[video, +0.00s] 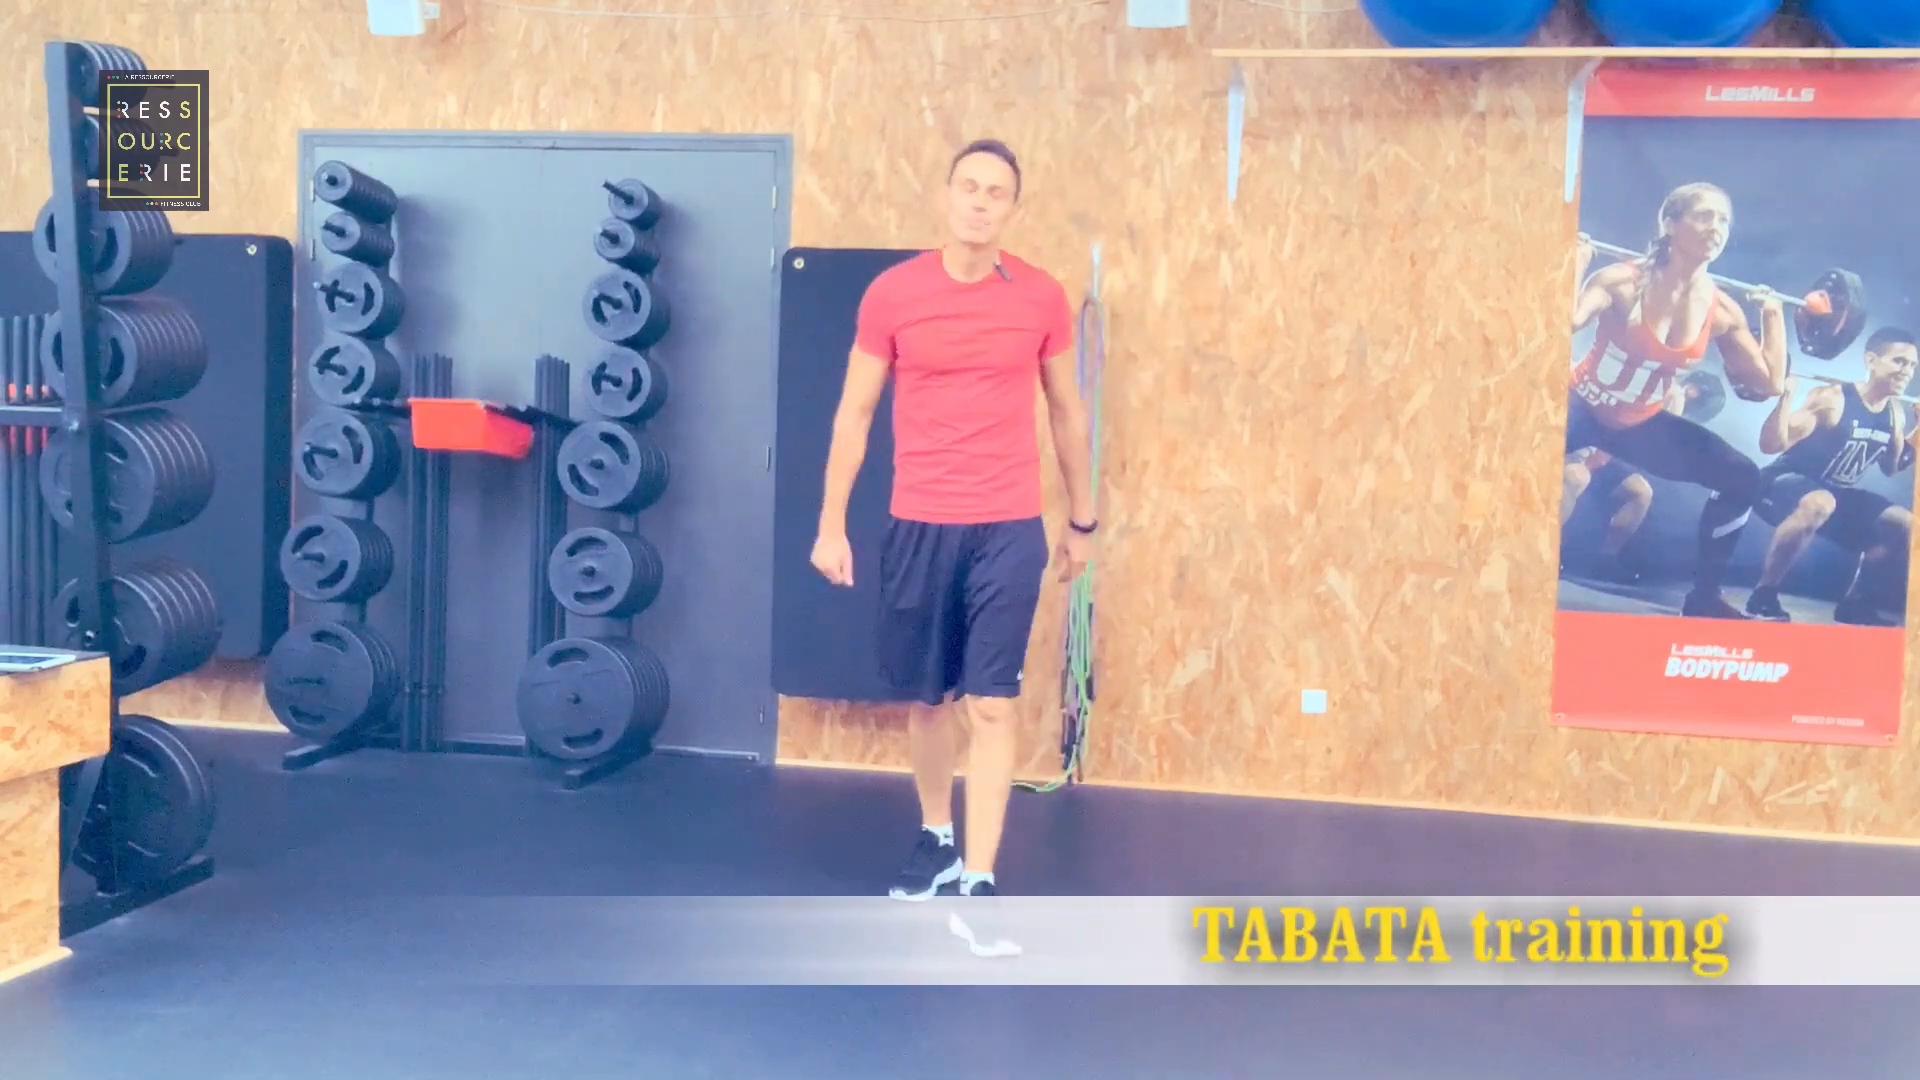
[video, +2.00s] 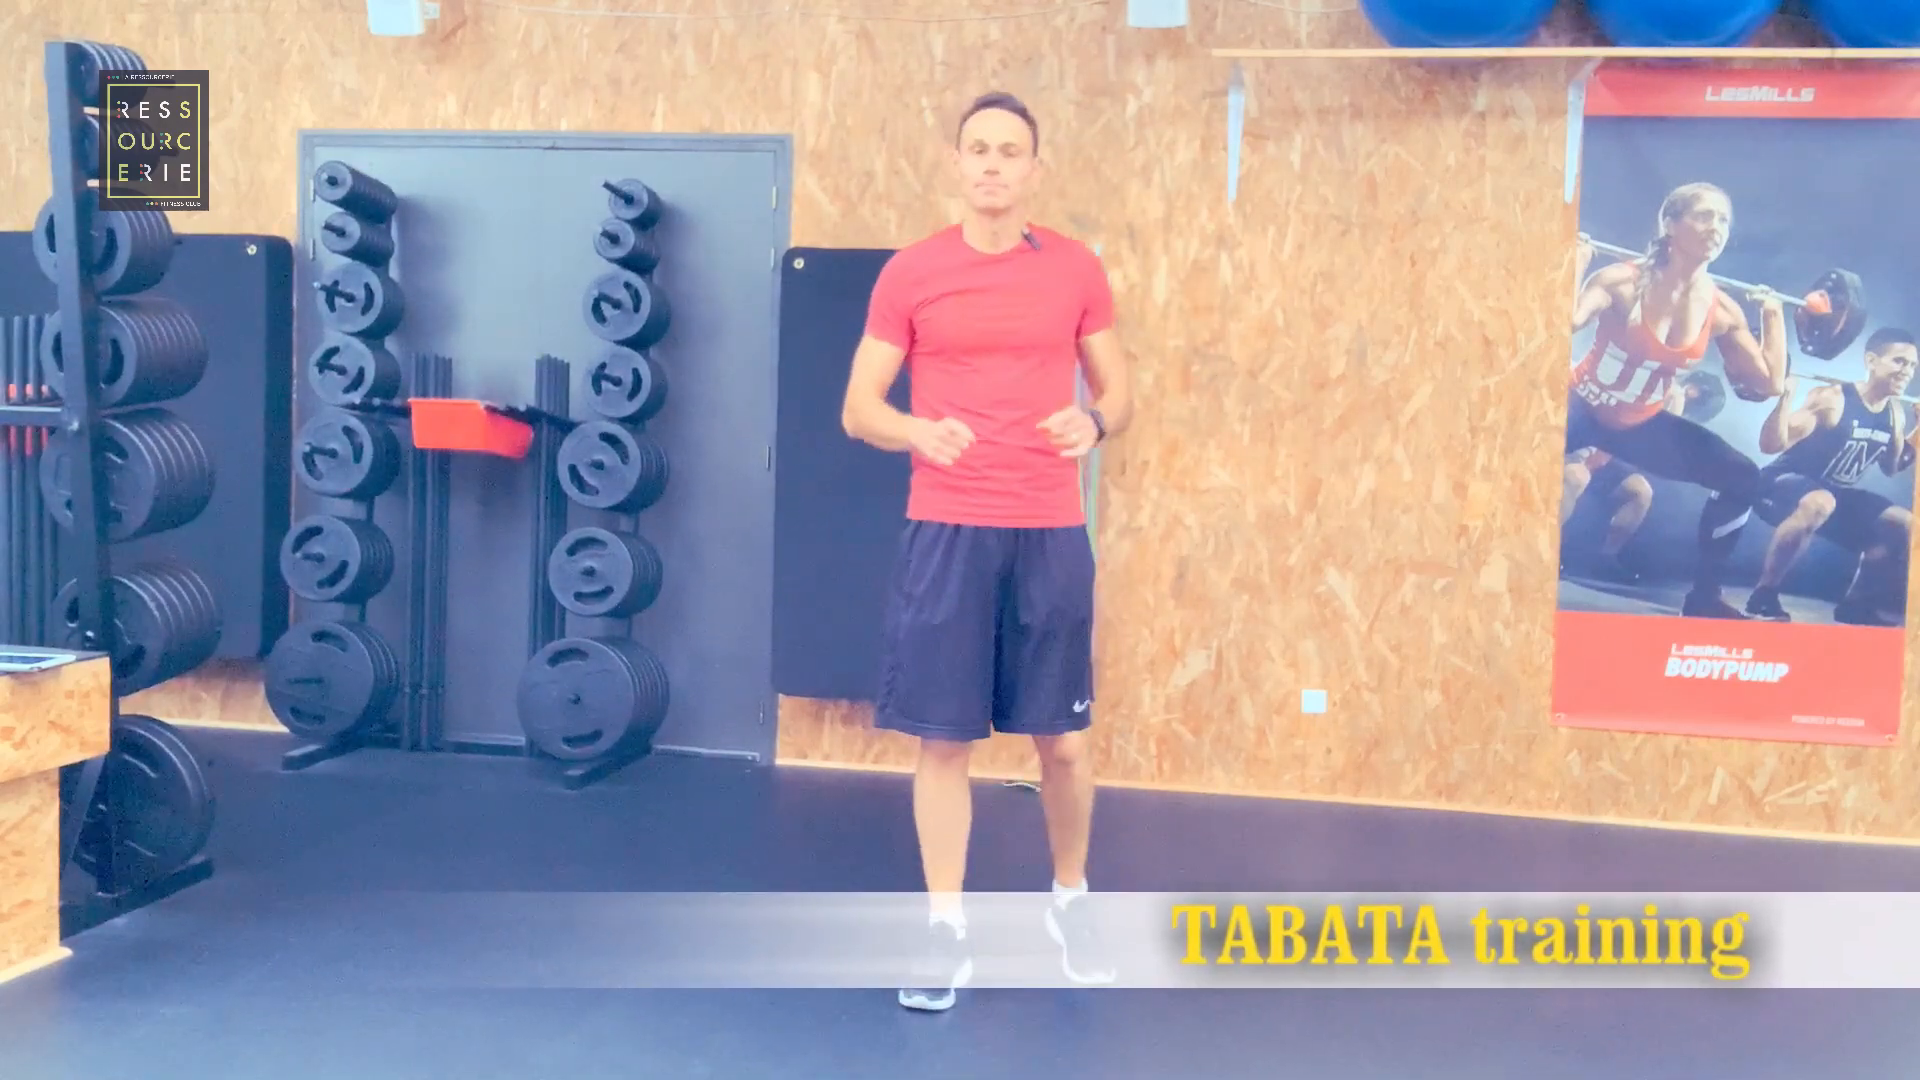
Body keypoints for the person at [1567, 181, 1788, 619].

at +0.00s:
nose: (1716, 228)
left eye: (1724, 221)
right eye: (1704, 216)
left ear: (1728, 234)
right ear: (1671, 224)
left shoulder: (1722, 310)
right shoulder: (1620, 279)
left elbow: (1768, 386)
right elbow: (1559, 324)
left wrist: (1773, 312)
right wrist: (1573, 269)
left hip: (1644, 425)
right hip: (1579, 409)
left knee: (1741, 477)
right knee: (1515, 447)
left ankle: (1705, 597)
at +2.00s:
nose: (1716, 228)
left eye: (1724, 221)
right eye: (1704, 216)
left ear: (1728, 234)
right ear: (1671, 224)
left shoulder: (1722, 310)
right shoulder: (1620, 280)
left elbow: (1769, 385)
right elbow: (1559, 325)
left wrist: (1773, 311)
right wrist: (1573, 270)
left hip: (1644, 425)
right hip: (1579, 409)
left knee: (1742, 477)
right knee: (1517, 446)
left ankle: (1705, 597)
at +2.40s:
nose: (1716, 228)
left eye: (1724, 220)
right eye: (1704, 216)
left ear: (1728, 233)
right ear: (1670, 224)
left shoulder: (1722, 310)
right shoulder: (1620, 279)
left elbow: (1769, 385)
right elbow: (1558, 325)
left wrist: (1773, 312)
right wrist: (1573, 268)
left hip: (1644, 425)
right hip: (1579, 408)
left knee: (1742, 477)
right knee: (1514, 446)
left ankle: (1705, 597)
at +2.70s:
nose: (1716, 228)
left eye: (1724, 220)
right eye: (1704, 216)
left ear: (1728, 233)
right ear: (1671, 224)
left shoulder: (1722, 310)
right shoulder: (1620, 279)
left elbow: (1769, 385)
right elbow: (1559, 325)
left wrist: (1773, 312)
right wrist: (1573, 269)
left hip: (1644, 425)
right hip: (1579, 409)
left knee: (1741, 478)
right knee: (1515, 447)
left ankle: (1705, 597)